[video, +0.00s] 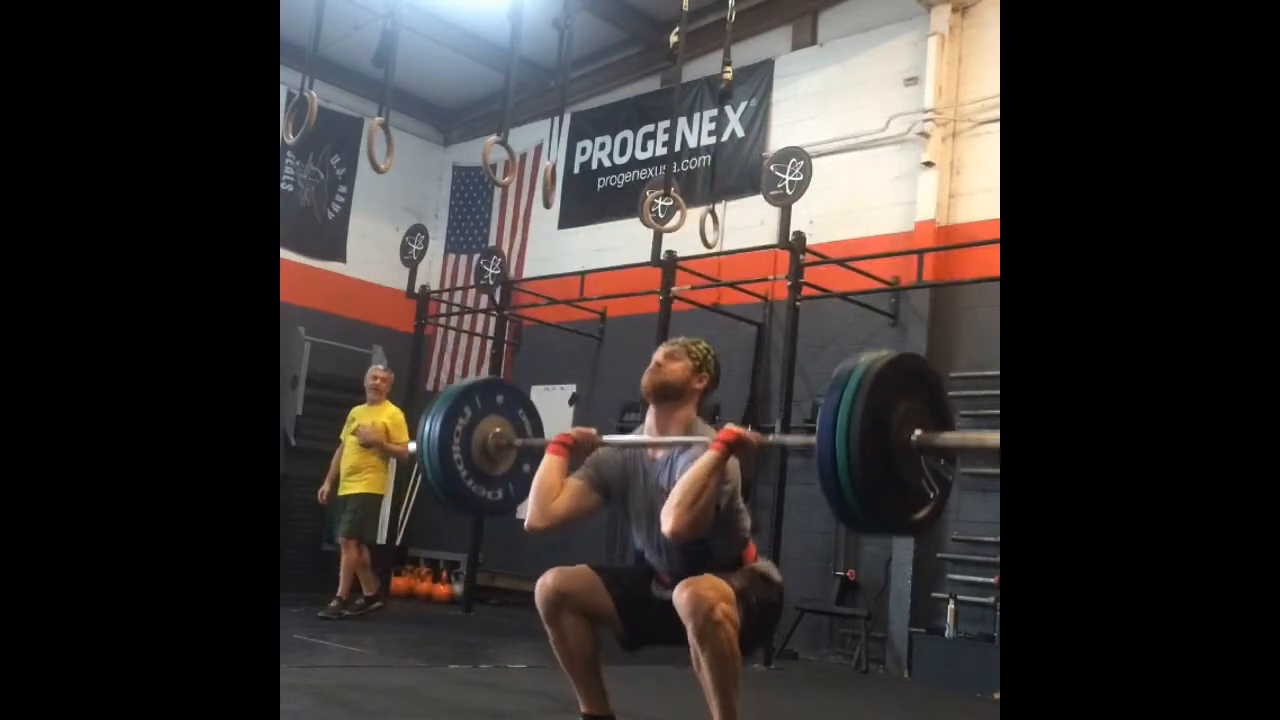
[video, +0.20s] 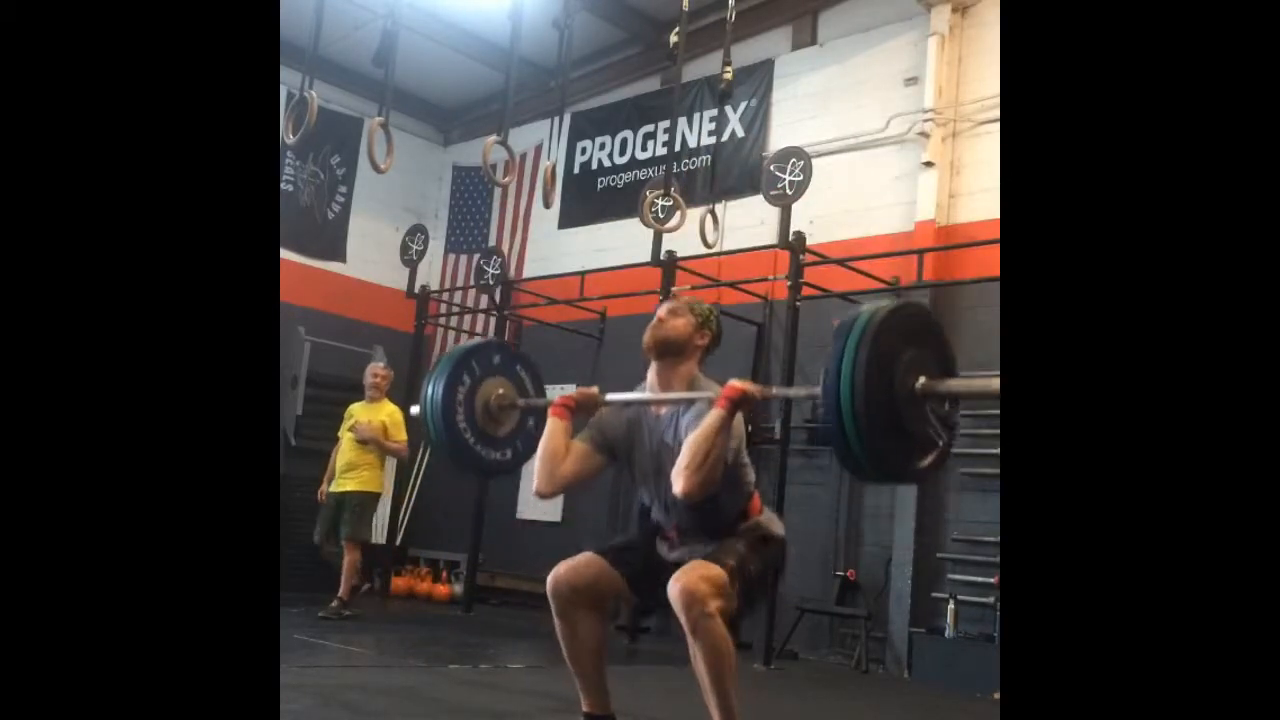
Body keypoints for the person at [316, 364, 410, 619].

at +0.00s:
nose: (377, 383)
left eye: (382, 380)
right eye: (373, 378)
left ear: (389, 385)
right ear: (365, 382)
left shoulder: (394, 415)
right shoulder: (355, 412)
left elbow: (404, 452)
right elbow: (342, 448)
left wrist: (378, 441)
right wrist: (329, 480)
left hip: (370, 486)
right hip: (347, 485)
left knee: (348, 539)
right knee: (354, 543)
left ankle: (341, 597)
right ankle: (372, 593)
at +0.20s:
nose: (377, 381)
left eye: (382, 378)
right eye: (373, 376)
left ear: (389, 382)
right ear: (364, 379)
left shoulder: (392, 413)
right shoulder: (353, 409)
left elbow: (402, 451)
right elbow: (339, 446)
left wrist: (374, 438)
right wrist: (326, 480)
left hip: (366, 484)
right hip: (339, 482)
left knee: (350, 541)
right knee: (324, 539)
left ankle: (342, 598)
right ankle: (357, 577)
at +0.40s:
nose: (374, 380)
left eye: (379, 376)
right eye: (370, 374)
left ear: (385, 381)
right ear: (360, 377)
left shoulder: (390, 412)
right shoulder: (348, 408)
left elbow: (402, 450)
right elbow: (334, 446)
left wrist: (372, 438)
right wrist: (321, 478)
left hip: (364, 487)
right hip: (334, 483)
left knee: (355, 542)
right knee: (314, 536)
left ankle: (342, 600)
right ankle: (313, 593)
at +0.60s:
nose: (365, 378)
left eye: (371, 375)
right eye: (361, 373)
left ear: (379, 380)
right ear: (352, 377)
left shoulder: (386, 412)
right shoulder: (337, 408)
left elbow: (401, 451)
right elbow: (322, 444)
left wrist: (370, 439)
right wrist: (311, 479)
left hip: (363, 489)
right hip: (329, 485)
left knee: (355, 545)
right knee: (308, 540)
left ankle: (342, 600)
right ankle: (283, 593)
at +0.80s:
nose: (351, 377)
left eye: (357, 373)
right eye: (347, 372)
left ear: (364, 379)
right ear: (338, 375)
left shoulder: (376, 410)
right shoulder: (323, 407)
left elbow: (393, 446)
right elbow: (308, 446)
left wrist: (369, 440)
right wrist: (299, 481)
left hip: (357, 491)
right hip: (321, 488)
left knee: (352, 546)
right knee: (302, 540)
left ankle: (342, 599)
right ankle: (283, 595)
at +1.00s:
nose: (333, 373)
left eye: (339, 369)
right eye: (328, 368)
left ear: (347, 375)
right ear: (320, 372)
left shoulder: (360, 406)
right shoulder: (306, 405)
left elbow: (378, 443)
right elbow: (292, 444)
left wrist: (355, 438)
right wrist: (285, 479)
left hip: (344, 490)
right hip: (307, 486)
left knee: (343, 545)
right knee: (293, 539)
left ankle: (339, 599)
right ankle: (282, 593)